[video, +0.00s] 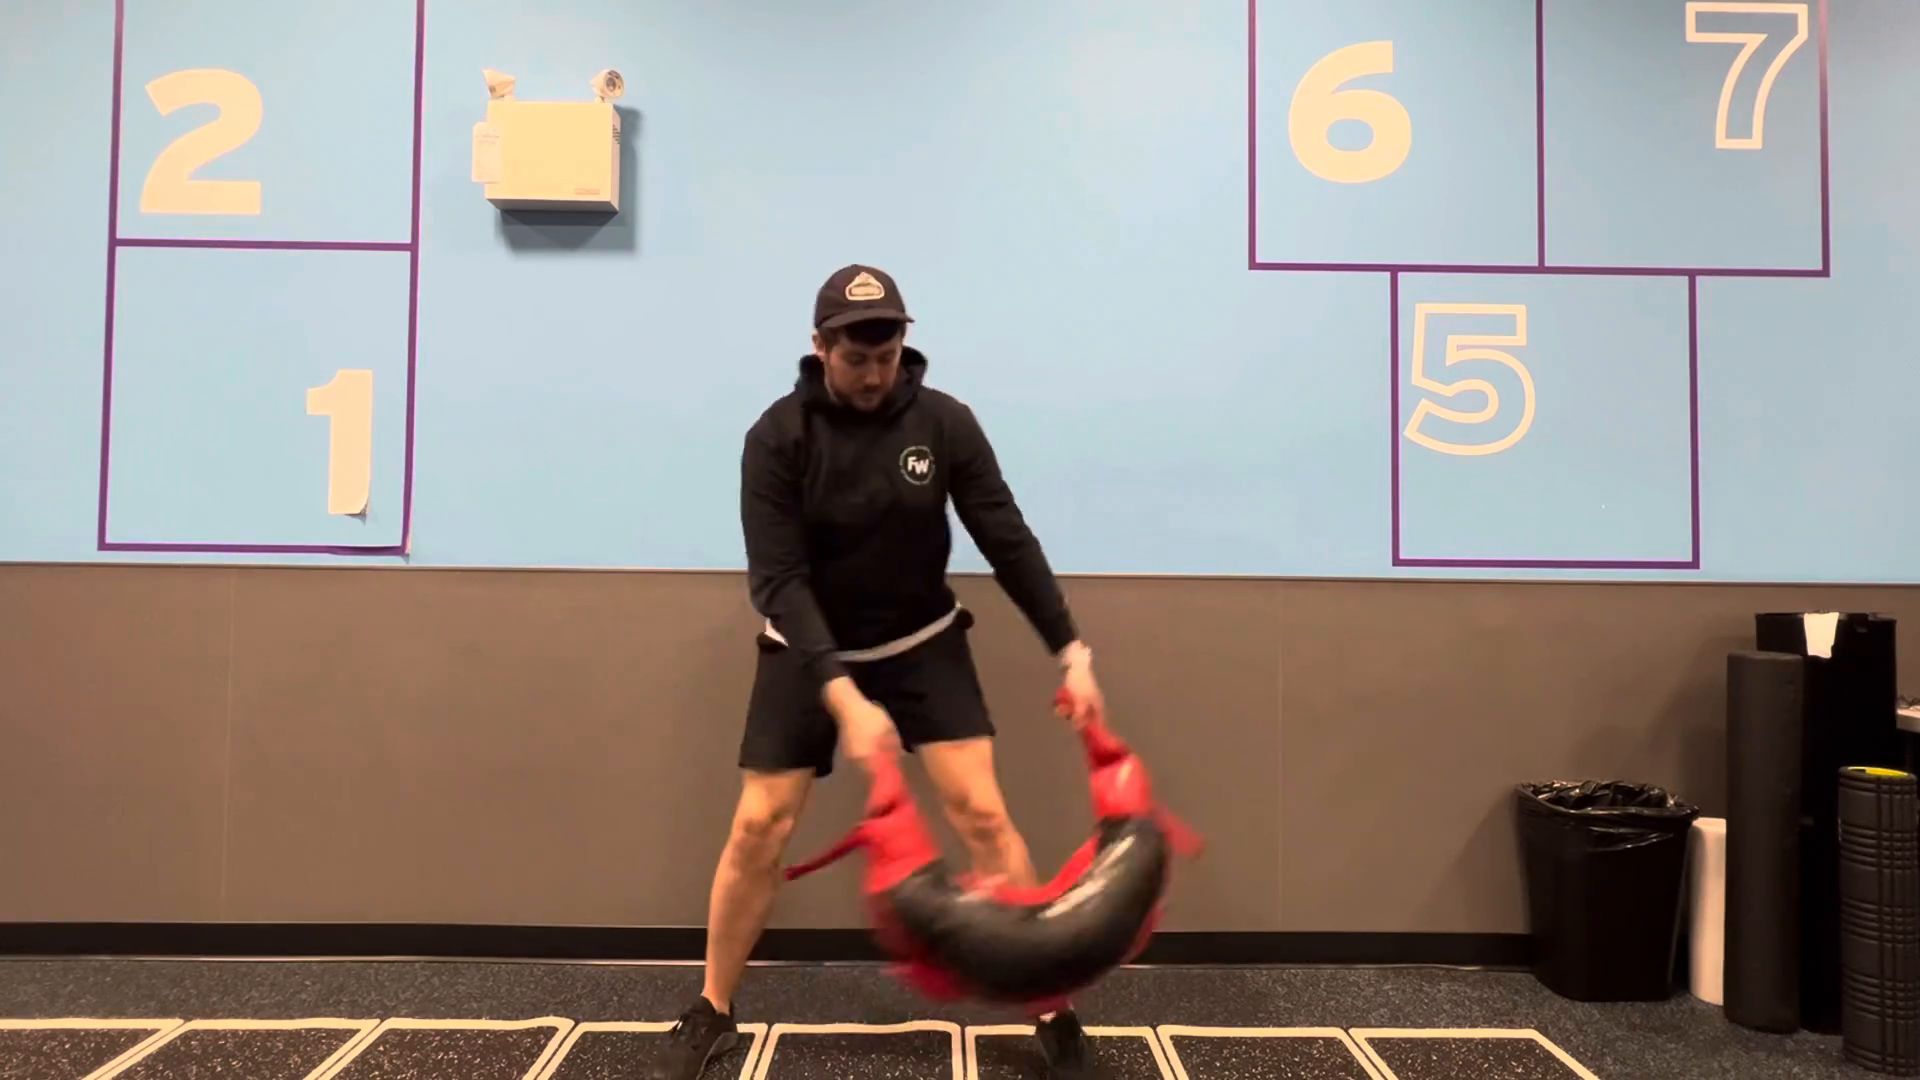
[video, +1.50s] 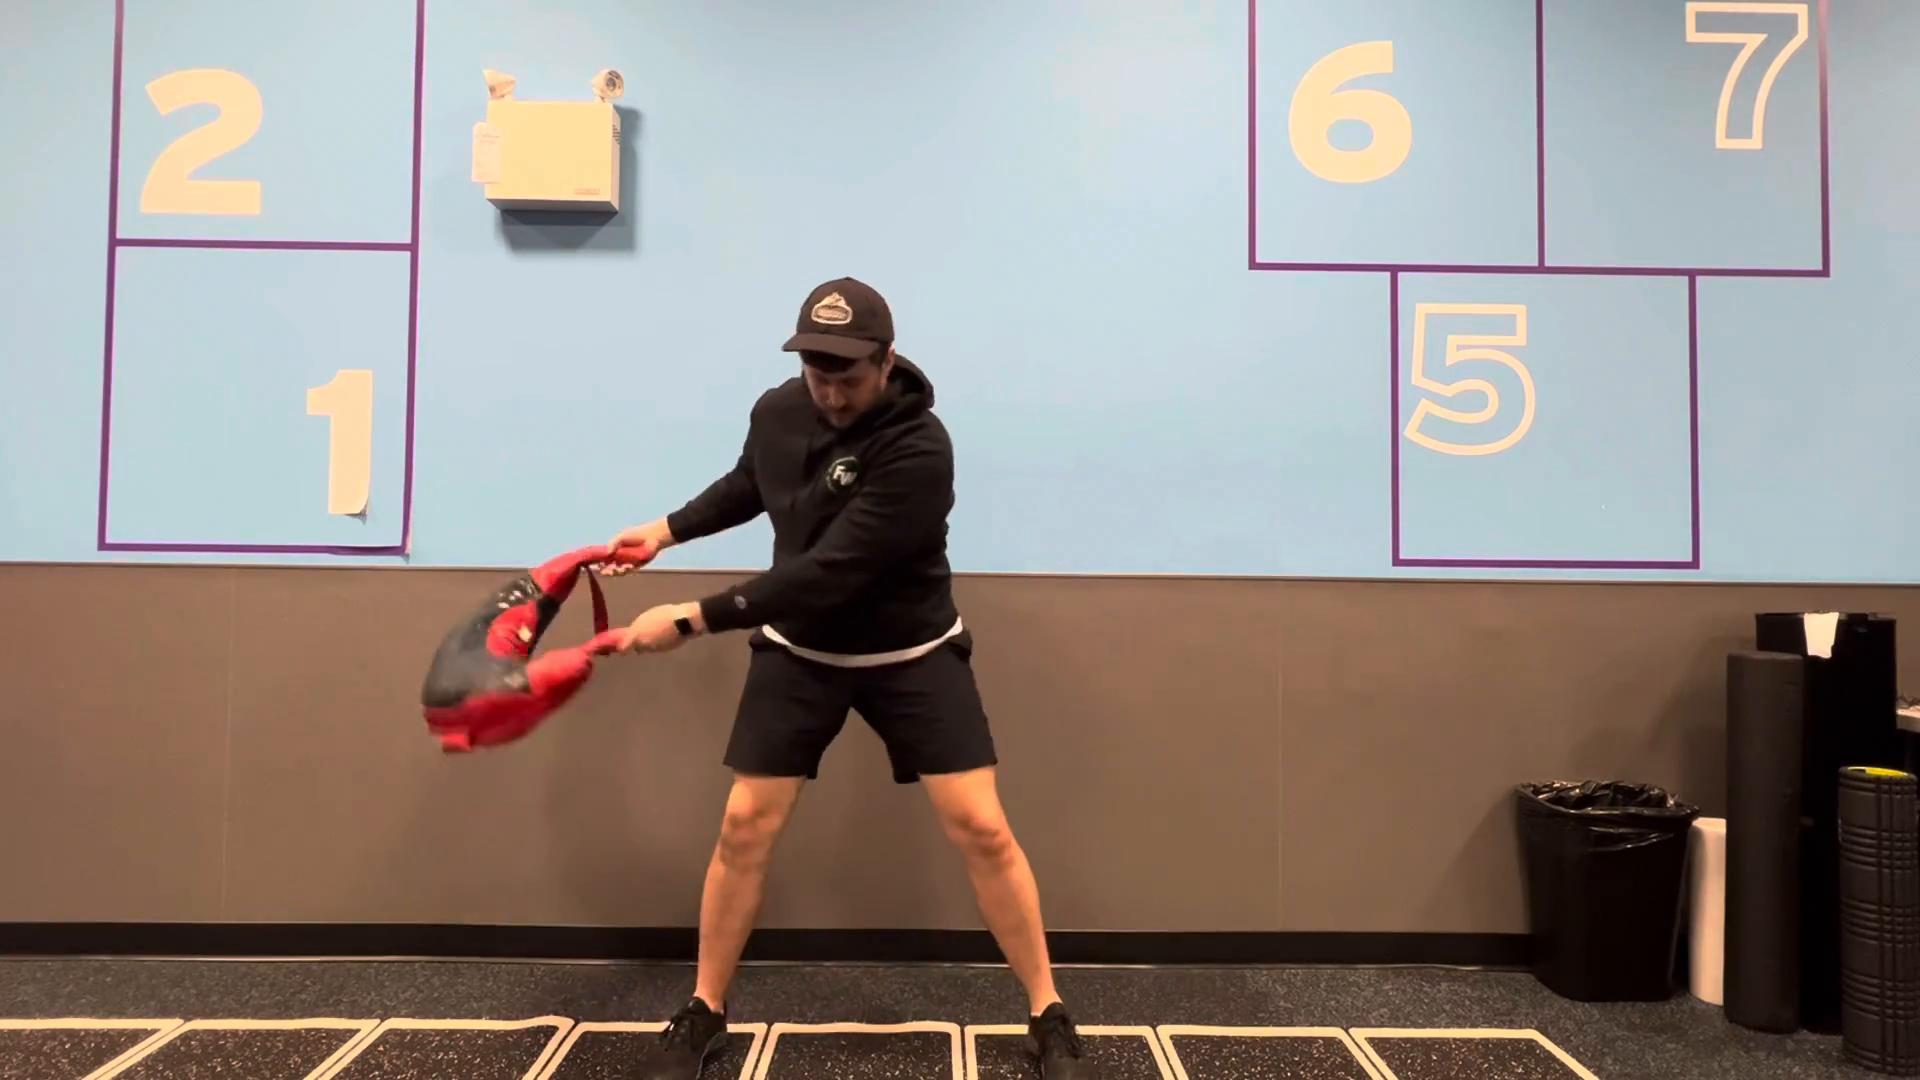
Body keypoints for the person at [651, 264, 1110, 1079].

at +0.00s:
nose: (872, 365)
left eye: (885, 347)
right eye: (854, 350)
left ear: (904, 342)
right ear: (820, 348)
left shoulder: (943, 423)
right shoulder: (777, 439)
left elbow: (1007, 540)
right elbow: (776, 582)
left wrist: (1071, 650)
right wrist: (842, 696)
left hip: (921, 643)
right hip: (806, 649)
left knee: (983, 814)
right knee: (756, 826)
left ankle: (1054, 1011)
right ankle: (713, 1009)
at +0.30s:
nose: (901, 398)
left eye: (914, 381)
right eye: (883, 384)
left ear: (929, 371)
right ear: (842, 373)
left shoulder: (949, 435)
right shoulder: (800, 459)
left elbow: (1008, 518)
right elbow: (873, 582)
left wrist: (1104, 583)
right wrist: (1015, 627)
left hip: (924, 657)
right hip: (813, 666)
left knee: (981, 822)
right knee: (761, 840)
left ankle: (1046, 1015)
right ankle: (707, 1012)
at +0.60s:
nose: (885, 416)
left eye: (900, 399)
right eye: (868, 398)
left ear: (924, 388)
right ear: (836, 384)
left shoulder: (956, 445)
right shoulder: (799, 467)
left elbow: (1020, 537)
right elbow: (855, 603)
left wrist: (1110, 618)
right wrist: (974, 675)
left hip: (926, 658)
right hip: (812, 663)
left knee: (991, 821)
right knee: (749, 836)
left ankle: (1045, 1017)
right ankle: (704, 1014)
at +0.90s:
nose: (833, 410)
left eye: (850, 394)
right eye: (820, 393)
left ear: (889, 381)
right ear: (804, 381)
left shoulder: (942, 453)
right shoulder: (776, 451)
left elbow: (961, 593)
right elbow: (749, 585)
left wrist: (952, 728)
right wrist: (724, 713)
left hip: (914, 664)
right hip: (802, 659)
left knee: (982, 830)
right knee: (749, 821)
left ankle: (1041, 1007)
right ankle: (712, 1002)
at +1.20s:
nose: (815, 396)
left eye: (833, 380)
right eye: (804, 377)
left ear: (879, 372)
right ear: (792, 366)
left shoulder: (911, 463)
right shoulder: (777, 418)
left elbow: (825, 588)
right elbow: (748, 500)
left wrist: (699, 655)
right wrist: (663, 564)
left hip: (910, 660)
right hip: (797, 653)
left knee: (980, 830)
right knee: (738, 824)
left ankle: (1048, 1013)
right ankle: (705, 1010)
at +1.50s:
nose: (829, 385)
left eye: (847, 369)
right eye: (816, 367)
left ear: (887, 360)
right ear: (799, 357)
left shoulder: (917, 450)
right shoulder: (779, 413)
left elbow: (824, 574)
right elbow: (750, 486)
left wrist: (687, 617)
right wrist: (665, 529)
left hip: (914, 655)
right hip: (797, 652)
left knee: (983, 828)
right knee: (743, 824)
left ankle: (1049, 1014)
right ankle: (704, 1011)